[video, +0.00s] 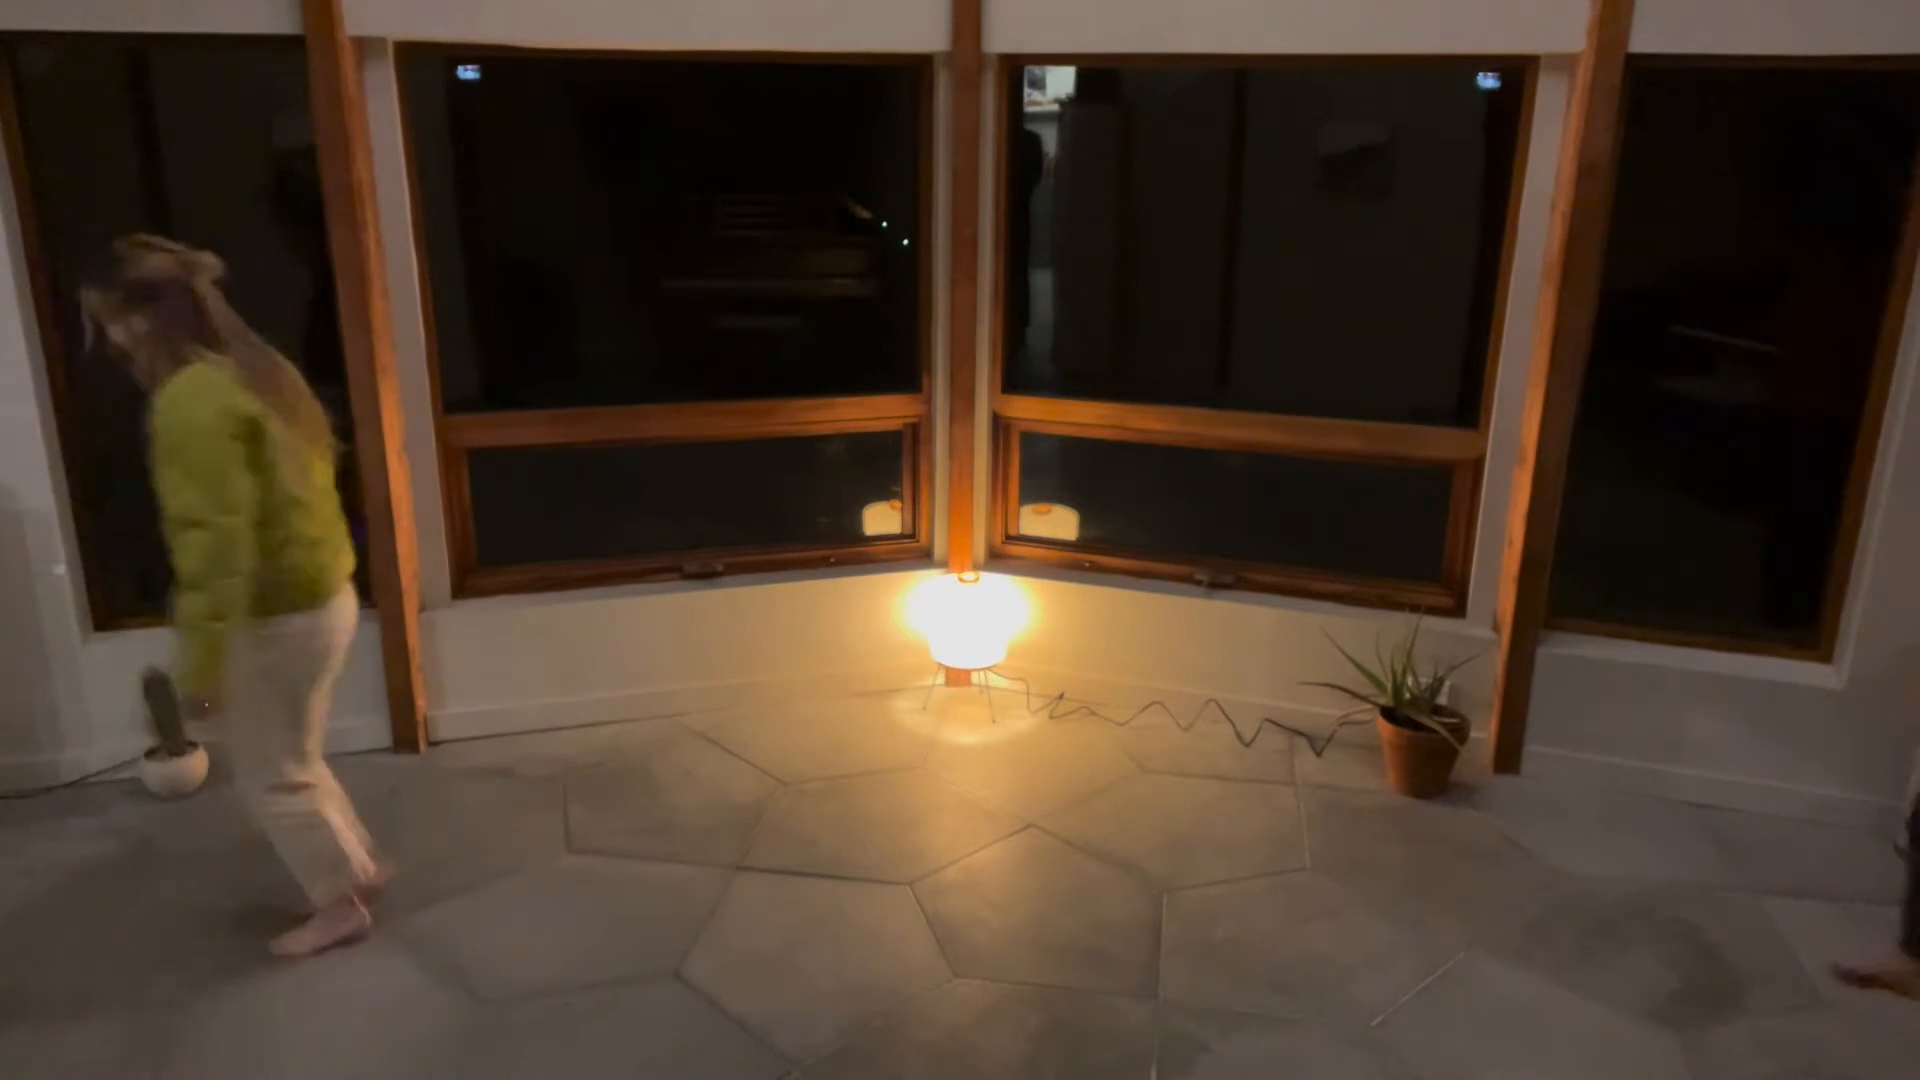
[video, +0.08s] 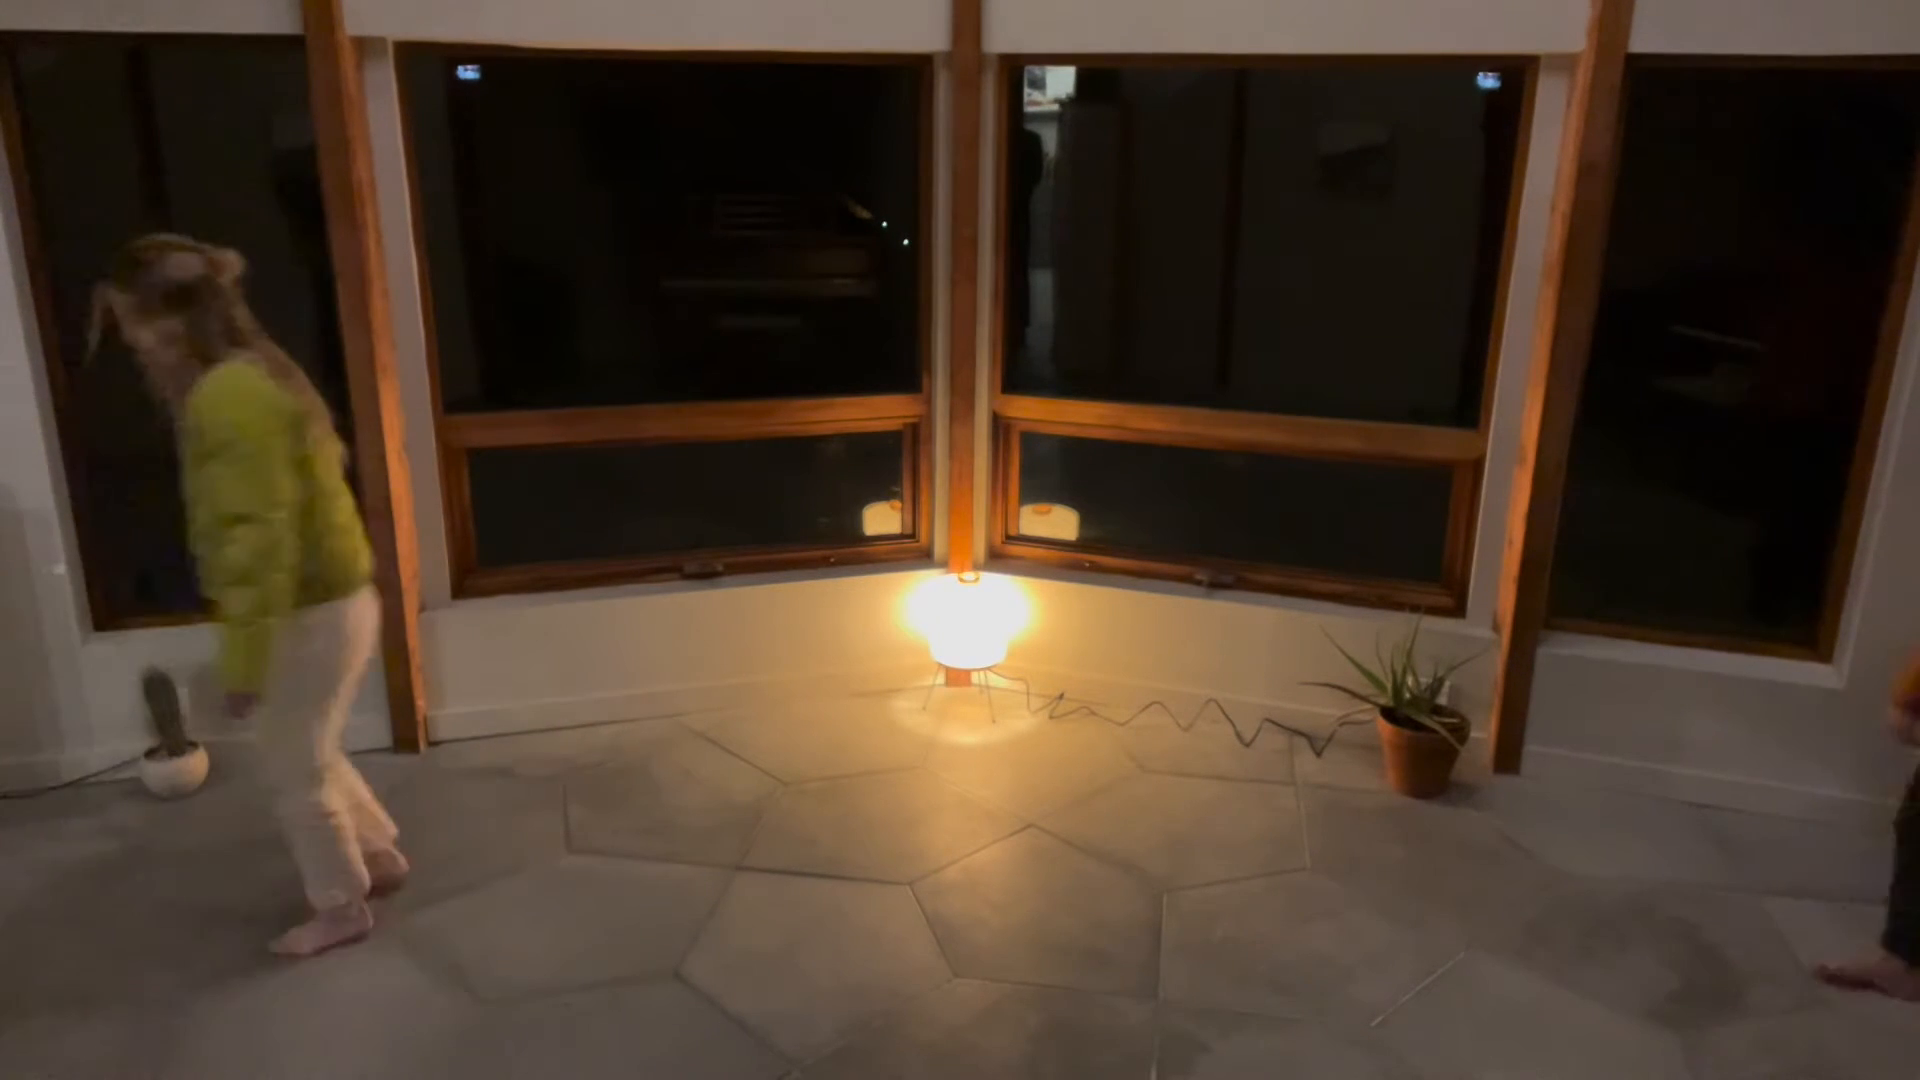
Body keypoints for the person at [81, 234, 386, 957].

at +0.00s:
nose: (111, 343)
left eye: (112, 326)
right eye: (105, 329)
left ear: (146, 318)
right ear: (181, 307)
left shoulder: (190, 400)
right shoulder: (256, 369)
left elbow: (213, 548)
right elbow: (308, 496)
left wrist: (201, 672)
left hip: (278, 616)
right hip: (324, 601)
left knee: (268, 772)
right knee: (298, 758)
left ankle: (337, 904)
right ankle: (357, 865)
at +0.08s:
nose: (143, 355)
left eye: (146, 338)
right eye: (136, 341)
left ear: (181, 323)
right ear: (204, 314)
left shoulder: (229, 392)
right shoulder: (257, 376)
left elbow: (255, 536)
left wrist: (242, 667)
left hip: (313, 611)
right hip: (338, 599)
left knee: (292, 758)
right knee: (313, 746)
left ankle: (340, 906)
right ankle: (378, 852)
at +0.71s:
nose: (447, 329)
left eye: (456, 314)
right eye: (434, 312)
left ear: (463, 312)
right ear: (389, 303)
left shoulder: (464, 373)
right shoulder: (311, 386)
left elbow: (523, 465)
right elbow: (249, 504)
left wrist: (585, 543)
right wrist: (193, 619)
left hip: (464, 594)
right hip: (373, 610)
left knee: (494, 742)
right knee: (423, 748)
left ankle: (483, 856)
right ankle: (407, 880)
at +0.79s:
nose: (480, 331)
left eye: (485, 314)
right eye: (465, 316)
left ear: (485, 310)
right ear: (416, 310)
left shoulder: (473, 376)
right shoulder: (337, 382)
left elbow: (519, 463)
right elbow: (282, 501)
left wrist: (580, 534)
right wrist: (260, 618)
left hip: (467, 593)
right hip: (385, 610)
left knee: (503, 726)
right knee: (423, 757)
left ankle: (474, 854)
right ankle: (402, 887)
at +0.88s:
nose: (491, 332)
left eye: (495, 318)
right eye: (480, 317)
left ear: (489, 314)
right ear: (434, 308)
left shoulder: (473, 375)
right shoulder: (355, 384)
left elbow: (511, 466)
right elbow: (315, 506)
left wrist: (564, 530)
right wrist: (310, 622)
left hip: (472, 595)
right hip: (397, 612)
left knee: (506, 731)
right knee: (433, 757)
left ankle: (463, 864)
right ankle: (402, 890)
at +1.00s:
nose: (513, 329)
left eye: (515, 313)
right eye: (505, 314)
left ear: (486, 311)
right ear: (465, 311)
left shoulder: (473, 374)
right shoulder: (394, 388)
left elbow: (487, 478)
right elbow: (387, 522)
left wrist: (515, 543)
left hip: (474, 594)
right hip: (422, 608)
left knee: (500, 748)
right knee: (482, 752)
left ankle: (459, 875)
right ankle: (418, 898)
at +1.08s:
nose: (523, 333)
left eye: (524, 318)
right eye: (516, 318)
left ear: (477, 311)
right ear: (477, 313)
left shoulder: (459, 382)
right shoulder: (420, 388)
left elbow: (468, 505)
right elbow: (427, 523)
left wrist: (497, 597)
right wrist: (489, 623)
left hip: (466, 596)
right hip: (422, 604)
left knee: (518, 731)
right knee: (479, 753)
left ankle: (457, 872)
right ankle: (412, 903)